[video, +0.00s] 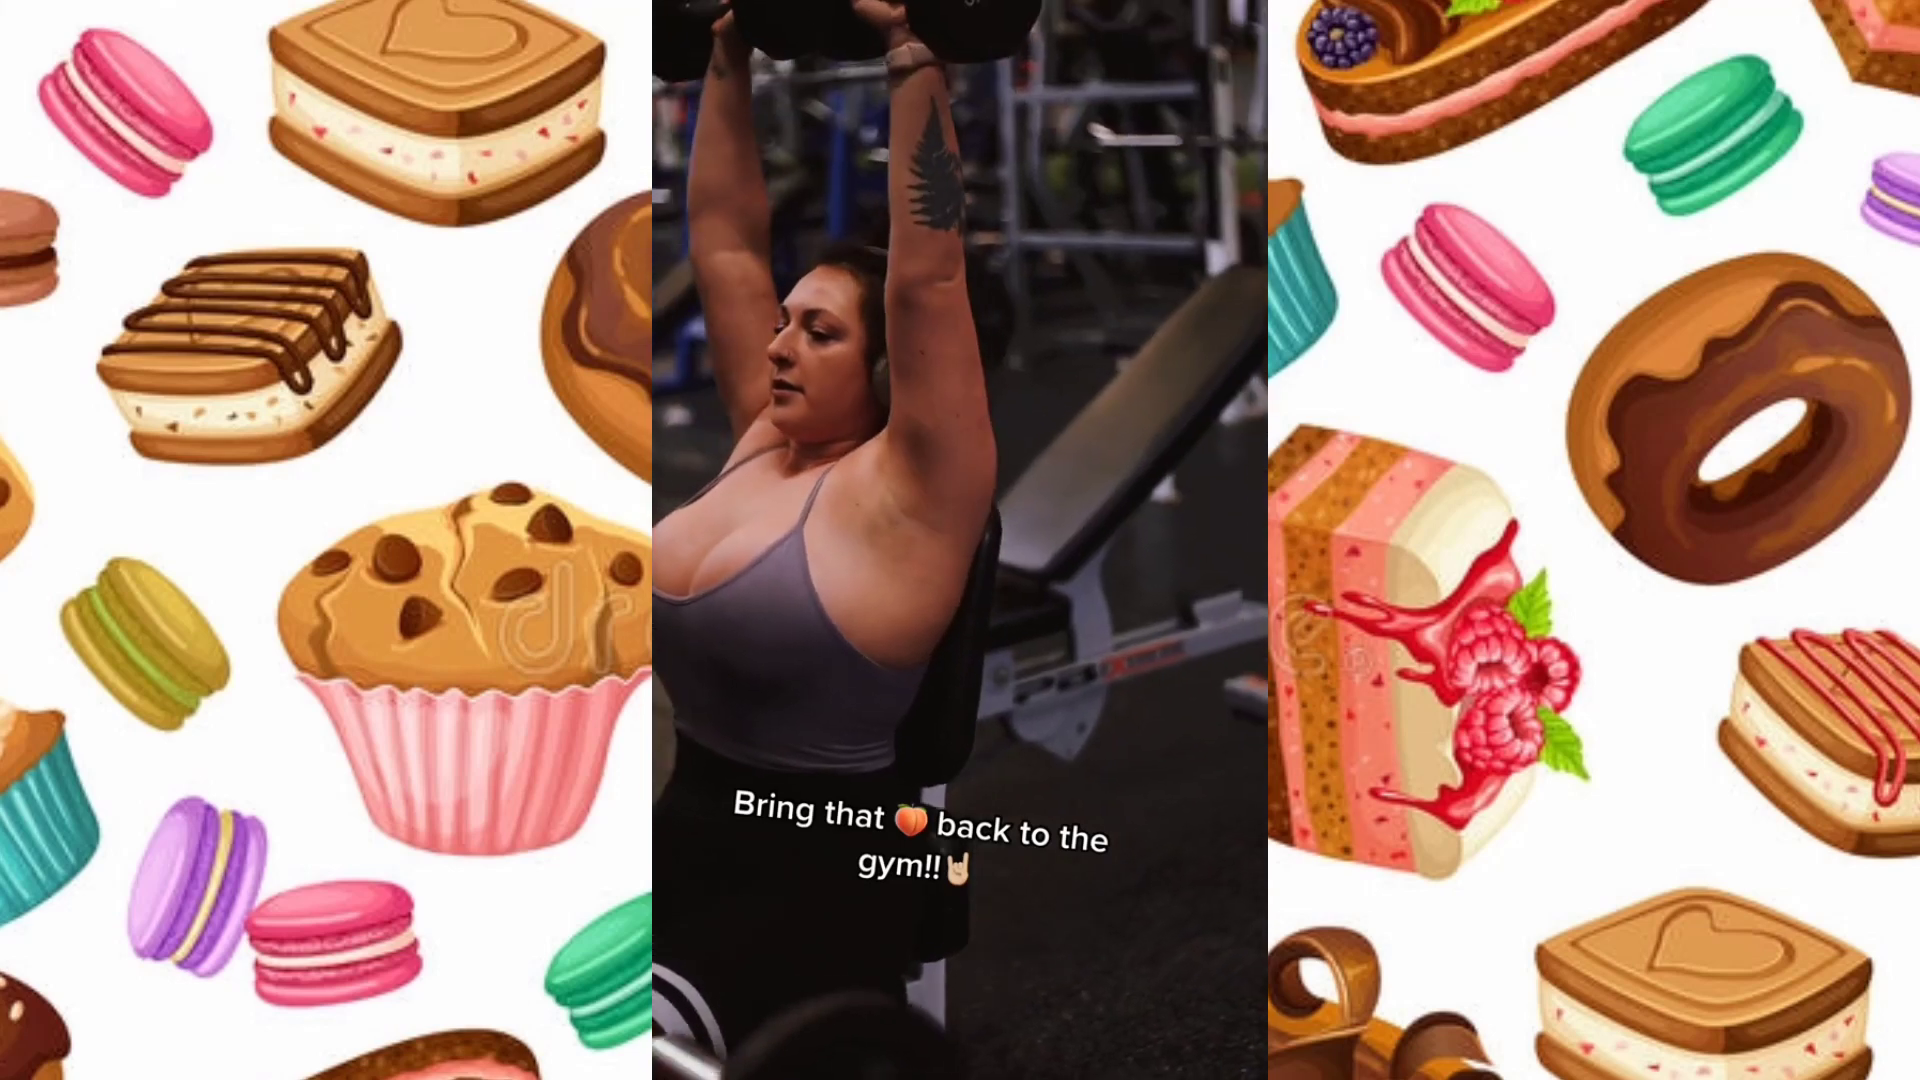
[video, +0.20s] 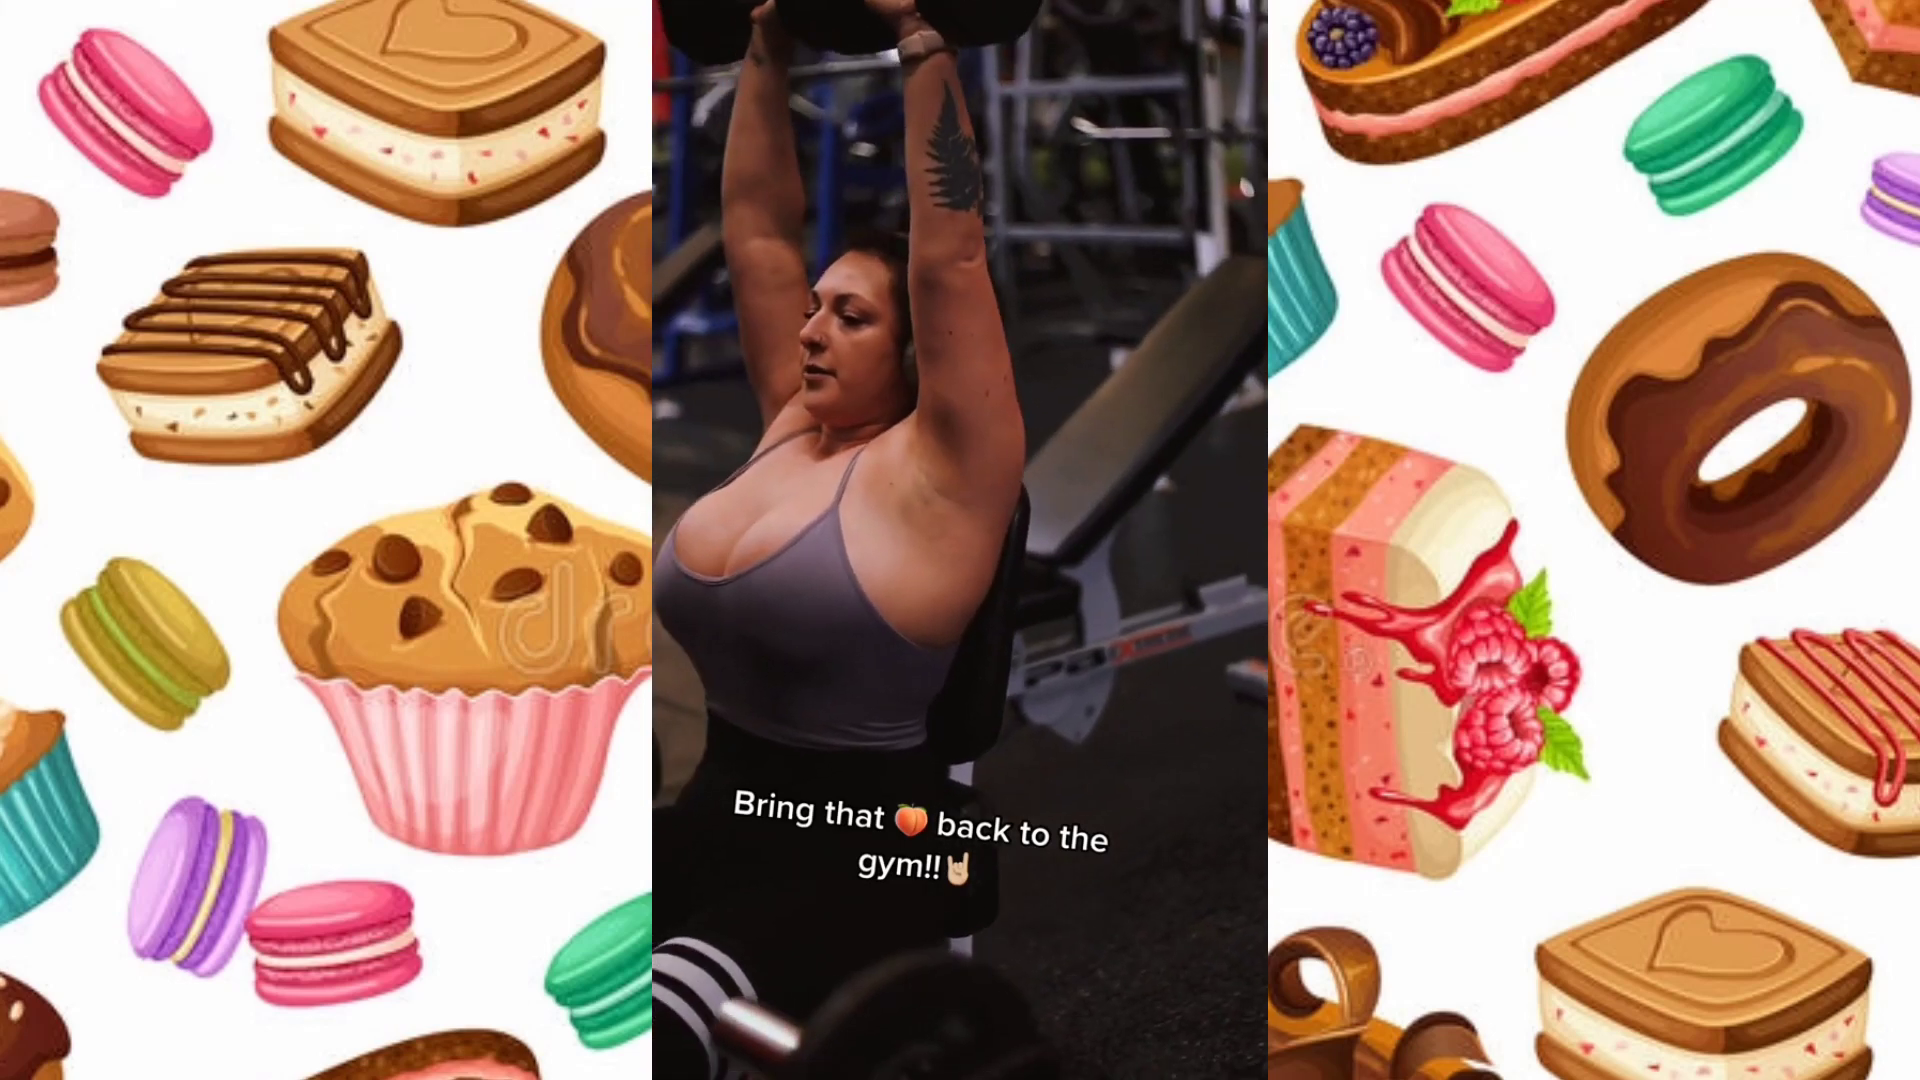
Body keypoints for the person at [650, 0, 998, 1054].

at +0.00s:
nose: (782, 343)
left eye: (818, 330)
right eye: (784, 322)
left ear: (884, 364)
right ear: (774, 340)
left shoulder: (916, 481)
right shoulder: (766, 440)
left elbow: (929, 277)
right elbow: (724, 243)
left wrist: (911, 52)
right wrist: (728, 48)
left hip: (821, 876)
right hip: (697, 843)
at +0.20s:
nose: (814, 332)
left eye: (852, 317)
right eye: (818, 306)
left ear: (914, 347)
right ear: (802, 320)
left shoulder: (950, 464)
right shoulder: (794, 424)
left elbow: (953, 260)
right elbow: (759, 223)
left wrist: (922, 42)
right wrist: (766, 45)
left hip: (866, 852)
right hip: (731, 823)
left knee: (864, 1055)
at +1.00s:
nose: (848, 318)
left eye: (887, 303)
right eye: (851, 295)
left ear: (958, 340)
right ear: (838, 314)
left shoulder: (992, 460)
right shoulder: (826, 418)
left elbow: (1026, 260)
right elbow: (769, 231)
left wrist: (993, 54)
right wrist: (777, 48)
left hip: (897, 849)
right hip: (755, 820)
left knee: (696, 1035)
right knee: (552, 913)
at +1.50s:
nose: (839, 332)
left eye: (874, 316)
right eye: (836, 312)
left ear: (951, 351)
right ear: (826, 332)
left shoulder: (984, 485)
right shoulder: (801, 436)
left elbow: (1125, 381)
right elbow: (697, 333)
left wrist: (1082, 182)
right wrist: (720, 191)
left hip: (904, 851)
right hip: (756, 826)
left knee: (720, 1046)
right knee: (551, 944)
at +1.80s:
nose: (841, 340)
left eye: (879, 323)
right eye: (839, 318)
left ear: (950, 357)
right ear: (825, 333)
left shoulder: (985, 493)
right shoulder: (800, 452)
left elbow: (1174, 501)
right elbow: (693, 423)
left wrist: (1135, 308)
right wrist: (710, 289)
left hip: (906, 845)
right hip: (759, 823)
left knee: (738, 1037)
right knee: (552, 929)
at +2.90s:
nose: (900, 386)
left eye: (932, 373)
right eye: (896, 369)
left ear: (992, 410)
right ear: (884, 390)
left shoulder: (1021, 515)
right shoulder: (852, 481)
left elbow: (1118, 379)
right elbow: (766, 351)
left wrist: (1072, 218)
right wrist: (775, 208)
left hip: (958, 841)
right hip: (822, 823)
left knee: (827, 1013)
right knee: (612, 935)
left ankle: (927, 1055)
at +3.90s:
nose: (900, 447)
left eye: (932, 432)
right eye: (894, 429)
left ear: (988, 460)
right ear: (879, 449)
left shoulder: (1020, 563)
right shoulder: (860, 536)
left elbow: (1039, 394)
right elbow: (820, 376)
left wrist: (1009, 227)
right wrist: (831, 218)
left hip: (954, 894)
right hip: (819, 879)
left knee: (843, 1049)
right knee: (612, 985)